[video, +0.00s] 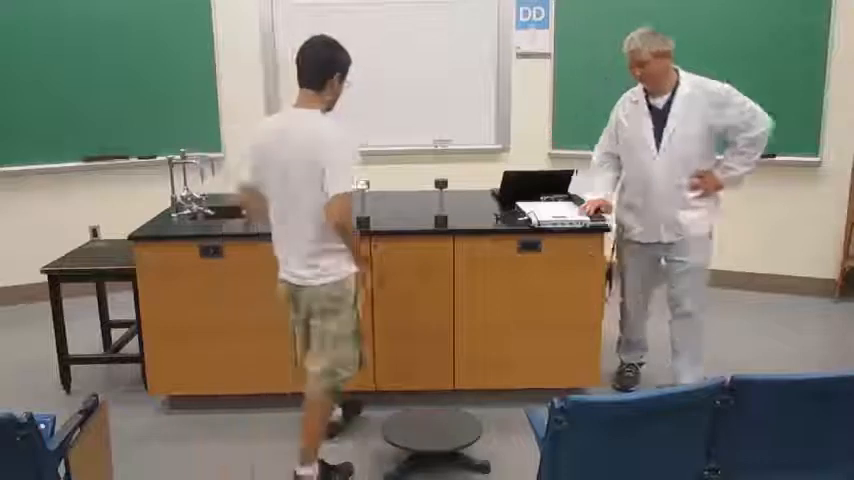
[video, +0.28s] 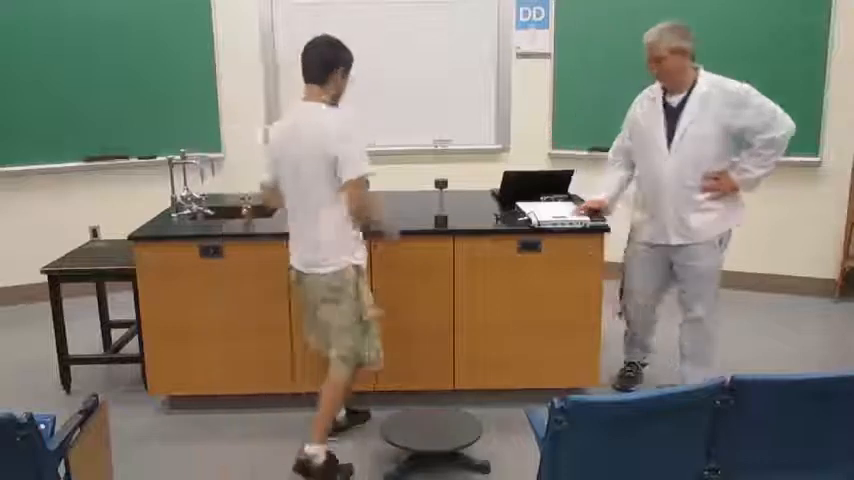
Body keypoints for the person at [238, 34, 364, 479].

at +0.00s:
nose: (343, 90)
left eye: (343, 82)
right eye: (344, 81)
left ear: (299, 76)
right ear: (334, 81)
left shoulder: (268, 129)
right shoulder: (332, 135)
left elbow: (247, 199)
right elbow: (338, 214)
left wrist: (286, 217)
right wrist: (355, 247)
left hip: (289, 270)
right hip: (329, 273)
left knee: (308, 352)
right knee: (323, 371)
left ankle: (329, 413)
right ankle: (308, 466)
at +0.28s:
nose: (347, 83)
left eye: (347, 75)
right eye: (347, 75)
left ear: (306, 74)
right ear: (336, 75)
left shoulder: (279, 129)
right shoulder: (339, 126)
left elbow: (273, 197)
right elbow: (356, 202)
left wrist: (317, 195)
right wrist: (375, 223)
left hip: (303, 258)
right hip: (338, 260)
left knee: (330, 341)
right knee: (344, 354)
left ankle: (339, 412)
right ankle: (314, 451)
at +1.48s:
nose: (371, 104)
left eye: (374, 95)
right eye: (369, 95)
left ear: (342, 84)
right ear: (343, 84)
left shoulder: (334, 124)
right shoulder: (323, 131)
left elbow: (341, 198)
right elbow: (310, 210)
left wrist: (362, 245)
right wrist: (347, 259)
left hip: (339, 257)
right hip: (326, 261)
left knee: (342, 343)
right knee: (330, 356)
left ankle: (339, 409)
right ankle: (328, 447)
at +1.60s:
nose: (378, 104)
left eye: (381, 95)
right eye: (374, 95)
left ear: (347, 87)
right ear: (346, 86)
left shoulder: (343, 125)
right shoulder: (327, 133)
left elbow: (341, 204)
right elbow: (305, 214)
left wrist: (363, 251)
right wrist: (334, 268)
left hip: (362, 253)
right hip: (334, 263)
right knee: (334, 360)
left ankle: (355, 372)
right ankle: (328, 447)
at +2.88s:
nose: (438, 105)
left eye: (443, 97)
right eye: (437, 95)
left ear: (412, 84)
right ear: (411, 82)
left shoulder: (397, 123)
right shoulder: (382, 127)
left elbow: (380, 199)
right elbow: (353, 198)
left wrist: (397, 252)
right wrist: (362, 267)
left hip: (403, 257)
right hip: (375, 267)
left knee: (447, 322)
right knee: (365, 362)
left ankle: (412, 401)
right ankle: (333, 444)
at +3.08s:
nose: (461, 62)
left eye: (465, 54)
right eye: (459, 52)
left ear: (437, 42)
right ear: (434, 38)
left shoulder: (420, 82)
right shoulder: (401, 79)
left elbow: (404, 159)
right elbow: (361, 147)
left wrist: (420, 219)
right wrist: (372, 220)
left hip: (417, 225)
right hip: (395, 227)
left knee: (429, 319)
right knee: (416, 320)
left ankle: (412, 399)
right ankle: (358, 383)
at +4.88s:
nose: (472, 46)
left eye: (475, 37)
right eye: (472, 35)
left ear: (446, 26)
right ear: (450, 26)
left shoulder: (427, 75)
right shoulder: (422, 78)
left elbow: (419, 153)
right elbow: (415, 156)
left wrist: (451, 175)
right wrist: (439, 221)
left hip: (428, 220)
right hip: (422, 222)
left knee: (427, 318)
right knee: (422, 320)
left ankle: (422, 400)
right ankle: (414, 411)